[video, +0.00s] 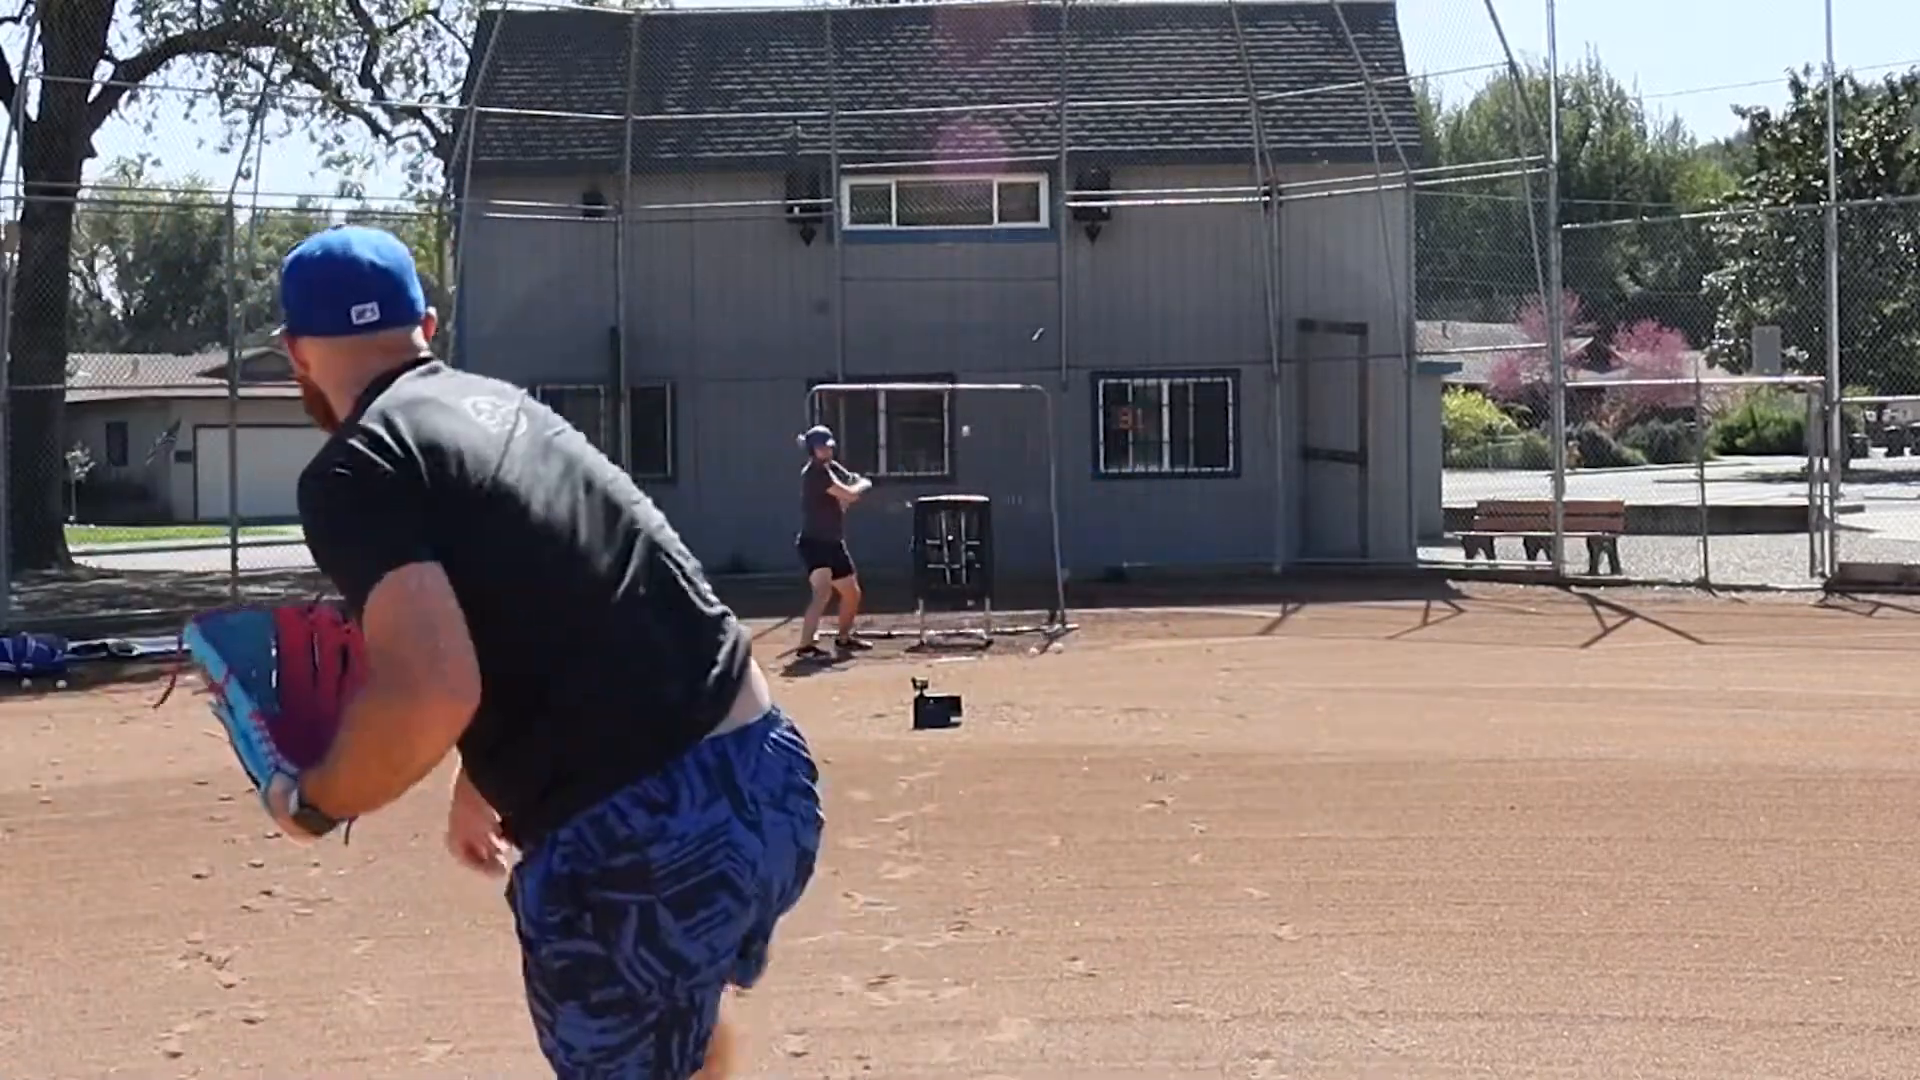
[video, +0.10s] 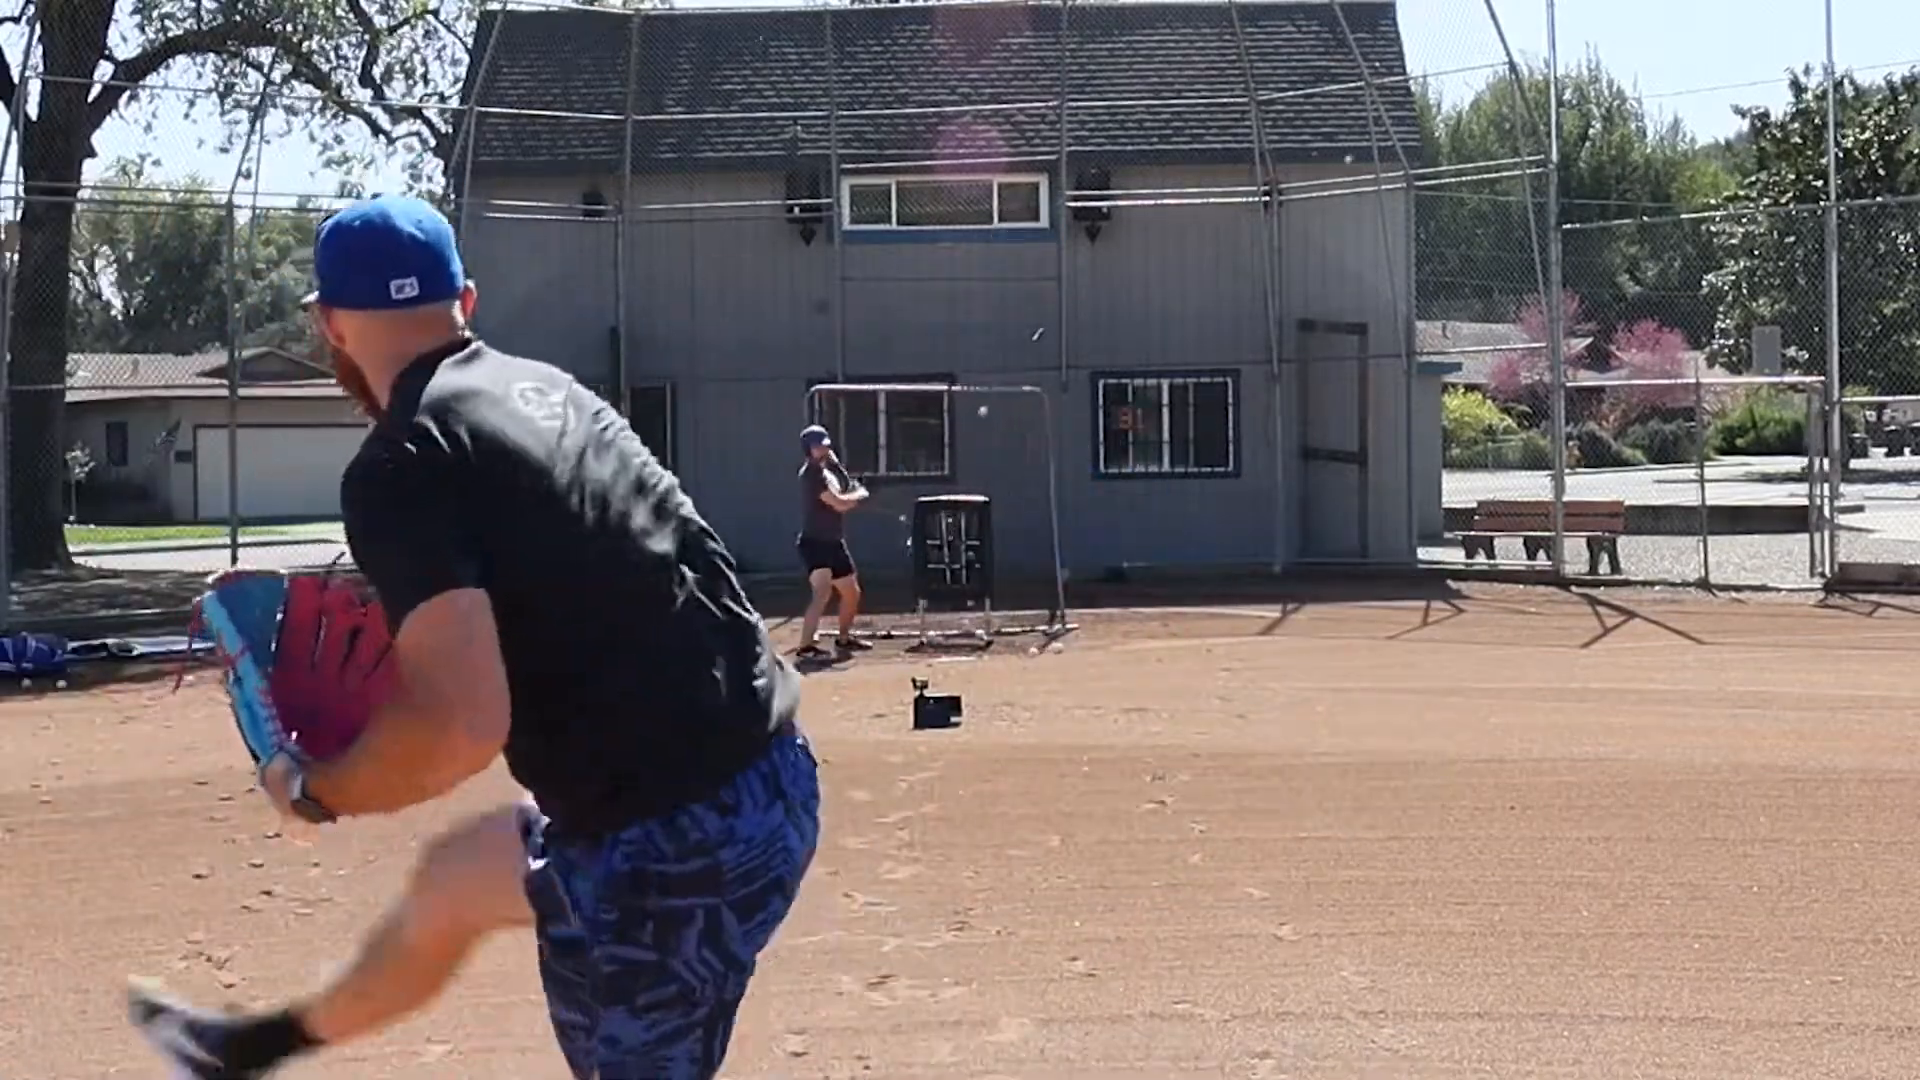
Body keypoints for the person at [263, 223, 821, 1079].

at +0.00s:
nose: (297, 373)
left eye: (290, 354)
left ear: (300, 358)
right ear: (428, 325)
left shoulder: (357, 464)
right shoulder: (504, 402)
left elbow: (432, 686)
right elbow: (569, 596)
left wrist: (319, 797)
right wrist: (488, 774)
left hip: (633, 845)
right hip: (769, 773)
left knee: (626, 1057)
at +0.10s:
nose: (323, 340)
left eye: (320, 318)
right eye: (321, 316)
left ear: (333, 330)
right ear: (466, 302)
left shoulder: (403, 461)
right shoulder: (542, 386)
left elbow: (459, 722)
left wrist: (318, 789)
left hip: (676, 843)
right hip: (768, 777)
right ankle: (271, 1042)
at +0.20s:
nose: (346, 311)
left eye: (341, 292)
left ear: (352, 302)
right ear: (487, 274)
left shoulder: (438, 446)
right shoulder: (578, 373)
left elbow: (499, 739)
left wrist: (332, 777)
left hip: (678, 860)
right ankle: (145, 1066)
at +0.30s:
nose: (355, 286)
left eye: (353, 260)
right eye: (353, 259)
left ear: (373, 270)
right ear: (493, 246)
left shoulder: (482, 419)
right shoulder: (571, 356)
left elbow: (540, 747)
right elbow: (590, 586)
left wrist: (345, 770)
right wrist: (400, 653)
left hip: (684, 858)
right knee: (282, 908)